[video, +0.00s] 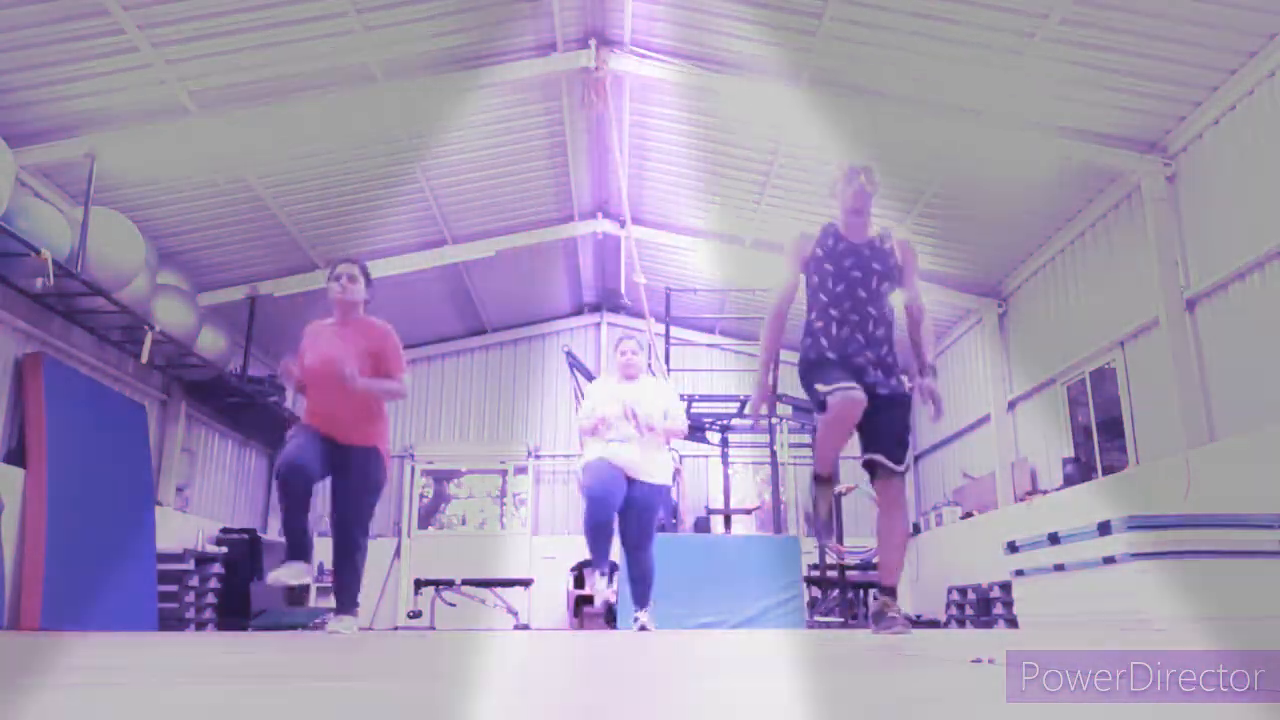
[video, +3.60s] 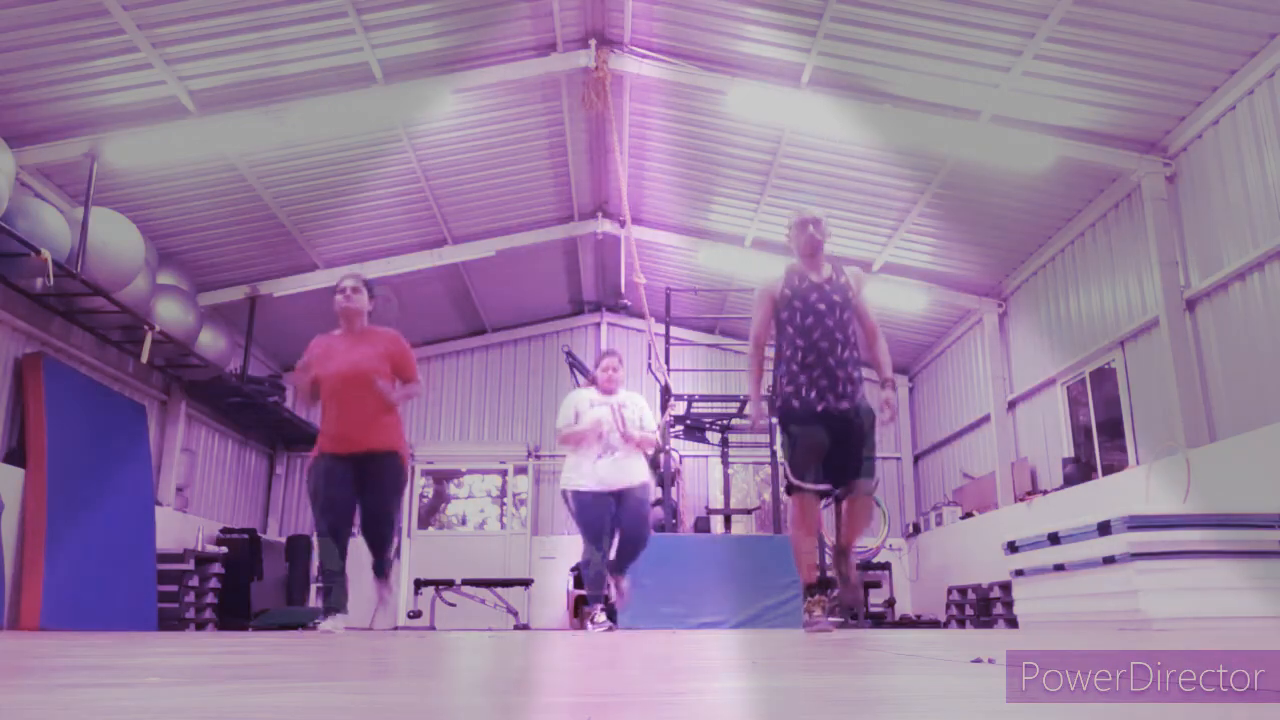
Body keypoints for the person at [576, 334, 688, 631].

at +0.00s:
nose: (629, 357)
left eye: (634, 353)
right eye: (623, 353)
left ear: (645, 358)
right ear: (614, 359)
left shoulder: (662, 389)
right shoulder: (599, 387)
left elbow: (682, 428)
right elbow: (582, 427)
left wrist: (654, 426)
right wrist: (599, 421)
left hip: (648, 467)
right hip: (606, 459)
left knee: (639, 544)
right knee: (601, 495)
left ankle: (642, 609)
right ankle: (600, 568)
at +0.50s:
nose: (613, 347)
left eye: (618, 344)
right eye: (607, 345)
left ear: (627, 355)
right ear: (598, 355)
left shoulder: (643, 382)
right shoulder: (580, 383)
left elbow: (665, 420)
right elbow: (565, 422)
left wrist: (645, 421)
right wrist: (587, 422)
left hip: (640, 466)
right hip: (595, 468)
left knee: (651, 519)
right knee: (602, 533)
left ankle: (632, 570)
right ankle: (599, 601)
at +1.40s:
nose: (629, 367)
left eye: (636, 364)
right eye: (625, 364)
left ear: (645, 373)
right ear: (618, 373)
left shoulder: (660, 401)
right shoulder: (604, 398)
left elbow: (676, 439)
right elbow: (585, 435)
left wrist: (646, 439)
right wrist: (603, 442)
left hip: (650, 475)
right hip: (609, 467)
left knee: (641, 541)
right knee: (603, 495)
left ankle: (642, 609)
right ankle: (609, 552)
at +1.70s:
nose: (630, 369)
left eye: (636, 366)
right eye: (625, 365)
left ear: (644, 376)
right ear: (616, 374)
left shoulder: (657, 402)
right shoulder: (601, 399)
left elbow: (674, 441)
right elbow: (584, 437)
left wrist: (647, 439)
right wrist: (603, 433)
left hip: (647, 479)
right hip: (606, 471)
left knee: (638, 547)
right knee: (613, 510)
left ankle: (639, 609)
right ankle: (606, 580)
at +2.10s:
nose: (619, 373)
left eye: (623, 369)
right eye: (614, 368)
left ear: (631, 375)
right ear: (606, 375)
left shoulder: (645, 403)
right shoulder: (588, 401)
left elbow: (663, 440)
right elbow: (575, 439)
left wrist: (643, 443)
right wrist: (599, 442)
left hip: (642, 486)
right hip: (601, 486)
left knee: (647, 535)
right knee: (610, 544)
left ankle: (631, 578)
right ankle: (608, 605)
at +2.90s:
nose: (619, 378)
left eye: (624, 373)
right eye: (615, 373)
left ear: (634, 378)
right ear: (609, 379)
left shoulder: (650, 407)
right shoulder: (593, 404)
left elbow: (666, 445)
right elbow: (577, 441)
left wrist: (645, 447)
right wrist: (595, 443)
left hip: (637, 483)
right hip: (596, 479)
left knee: (629, 549)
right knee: (590, 519)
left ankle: (628, 607)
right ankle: (596, 565)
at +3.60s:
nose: (611, 374)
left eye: (616, 369)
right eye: (605, 369)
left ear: (623, 373)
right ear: (595, 373)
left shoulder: (636, 401)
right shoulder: (577, 398)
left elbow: (654, 441)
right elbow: (563, 437)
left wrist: (634, 436)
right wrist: (591, 428)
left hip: (632, 479)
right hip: (588, 480)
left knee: (638, 534)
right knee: (596, 543)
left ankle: (616, 570)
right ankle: (596, 606)